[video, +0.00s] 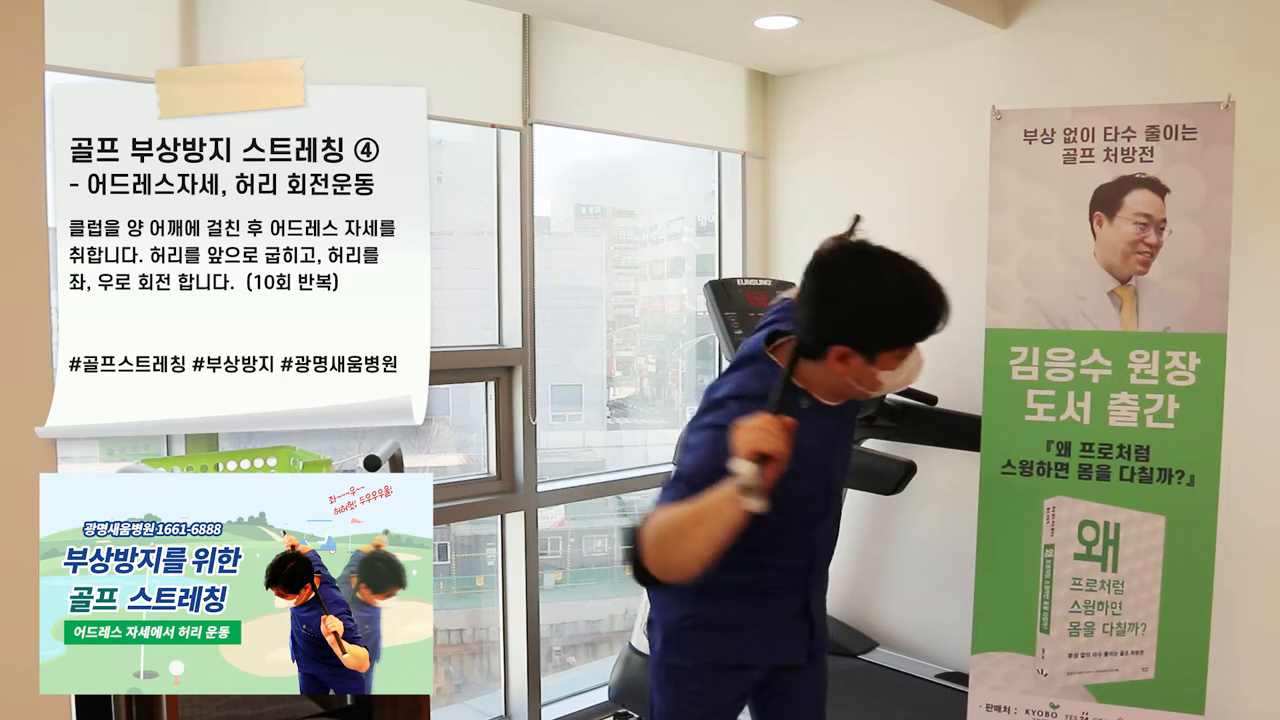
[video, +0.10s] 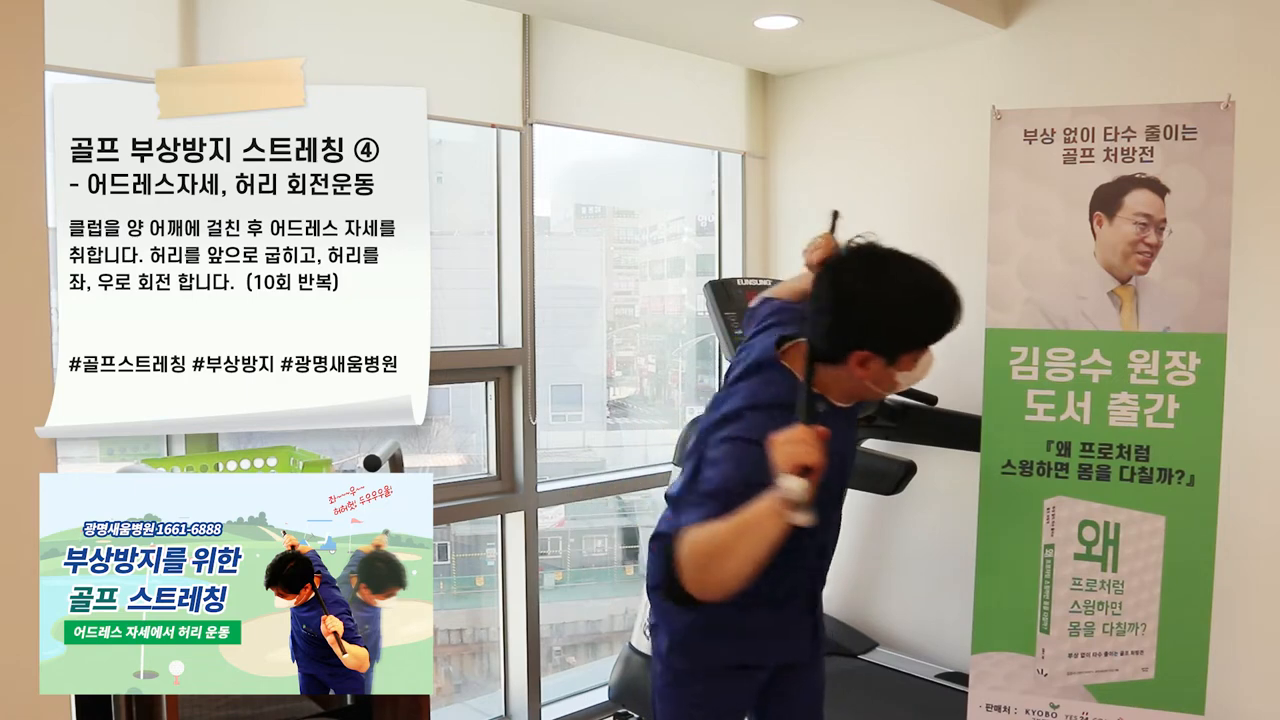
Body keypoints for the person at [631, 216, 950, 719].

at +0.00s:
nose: (898, 374)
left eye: (903, 361)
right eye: (892, 364)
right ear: (844, 360)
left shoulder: (813, 331)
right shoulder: (740, 408)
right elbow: (659, 561)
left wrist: (883, 372)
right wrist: (744, 488)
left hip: (796, 629)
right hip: (704, 644)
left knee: (799, 712)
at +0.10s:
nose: (920, 365)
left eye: (921, 355)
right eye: (914, 360)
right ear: (865, 367)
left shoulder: (796, 334)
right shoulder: (752, 427)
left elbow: (768, 302)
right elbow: (697, 578)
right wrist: (785, 500)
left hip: (793, 627)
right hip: (710, 647)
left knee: (797, 711)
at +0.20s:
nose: (932, 365)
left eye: (934, 355)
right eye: (929, 358)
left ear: (839, 321)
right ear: (889, 368)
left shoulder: (781, 330)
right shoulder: (785, 439)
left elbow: (742, 303)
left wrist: (795, 274)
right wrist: (834, 507)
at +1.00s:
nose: (941, 388)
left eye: (945, 378)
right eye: (938, 378)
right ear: (893, 372)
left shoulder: (805, 337)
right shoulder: (778, 426)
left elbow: (769, 310)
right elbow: (728, 576)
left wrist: (830, 290)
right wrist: (822, 494)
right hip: (710, 651)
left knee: (791, 710)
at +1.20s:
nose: (892, 413)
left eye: (907, 403)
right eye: (889, 401)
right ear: (840, 366)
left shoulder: (856, 393)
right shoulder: (741, 396)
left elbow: (915, 420)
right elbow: (599, 493)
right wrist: (696, 442)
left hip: (792, 626)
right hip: (692, 631)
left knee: (799, 711)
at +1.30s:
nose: (859, 421)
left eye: (870, 408)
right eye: (844, 406)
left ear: (889, 380)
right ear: (794, 360)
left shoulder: (858, 397)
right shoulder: (703, 395)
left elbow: (908, 417)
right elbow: (560, 439)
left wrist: (937, 377)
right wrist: (637, 401)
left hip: (792, 631)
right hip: (683, 631)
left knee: (801, 714)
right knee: (677, 712)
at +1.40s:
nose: (819, 427)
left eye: (840, 411)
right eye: (805, 407)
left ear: (864, 390)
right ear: (766, 360)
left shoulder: (872, 405)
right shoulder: (692, 385)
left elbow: (929, 430)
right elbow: (556, 412)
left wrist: (946, 395)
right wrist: (609, 377)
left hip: (789, 621)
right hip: (678, 621)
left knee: (802, 710)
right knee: (674, 711)